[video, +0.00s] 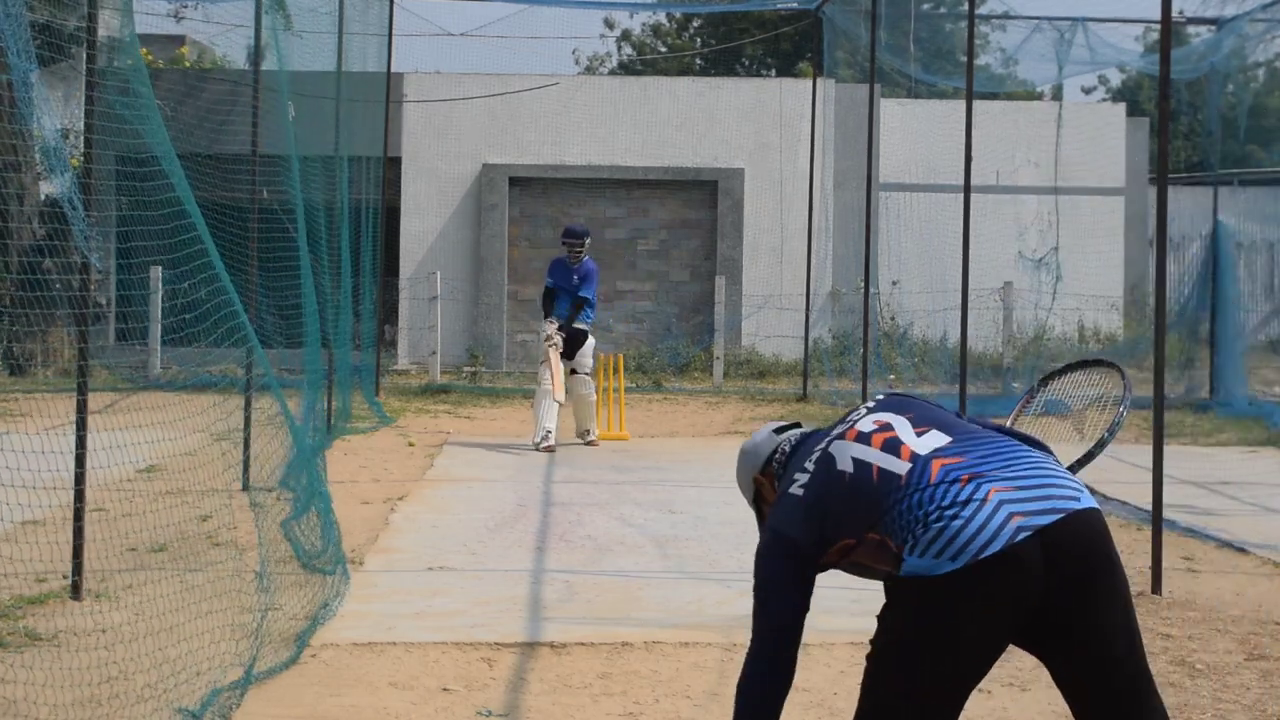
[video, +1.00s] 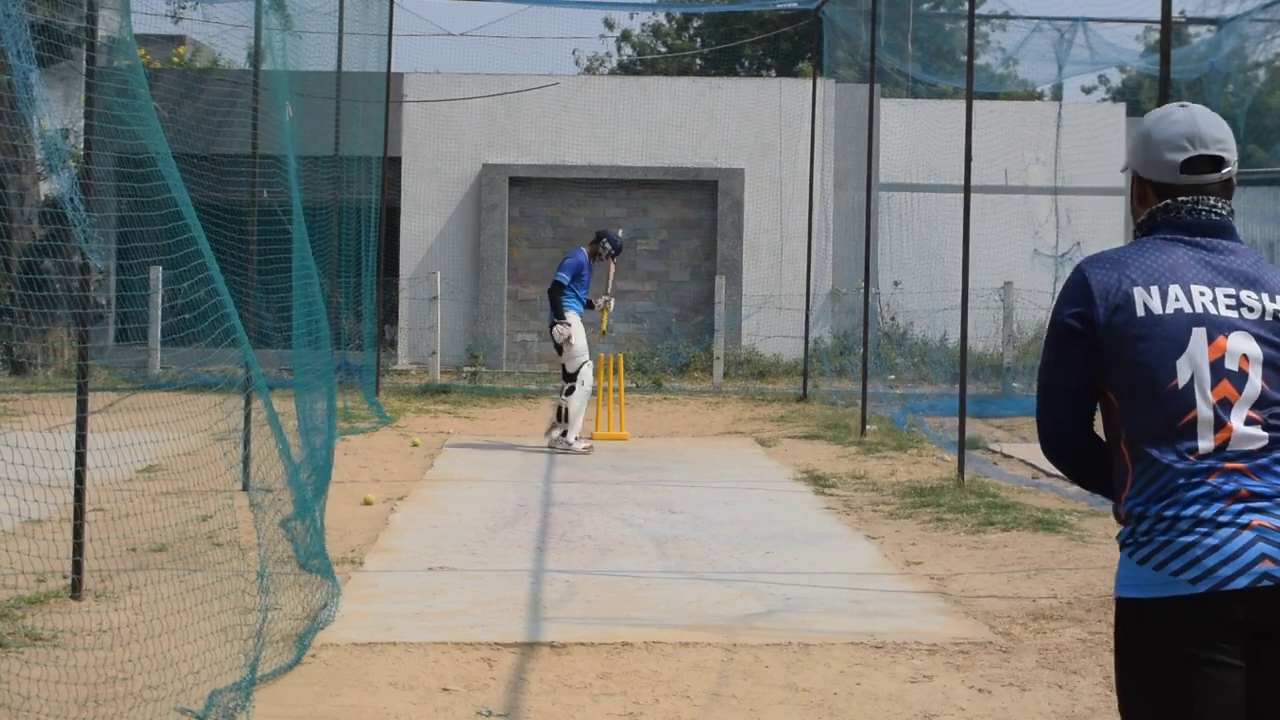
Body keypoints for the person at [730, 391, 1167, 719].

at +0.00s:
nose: (767, 522)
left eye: (760, 507)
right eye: (759, 510)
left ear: (770, 481)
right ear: (803, 442)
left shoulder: (791, 512)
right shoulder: (894, 408)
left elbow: (769, 664)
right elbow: (1031, 448)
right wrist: (902, 564)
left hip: (962, 561)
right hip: (1075, 529)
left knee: (896, 709)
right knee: (1129, 705)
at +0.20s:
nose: (793, 419)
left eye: (790, 406)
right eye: (791, 407)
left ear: (801, 392)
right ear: (856, 352)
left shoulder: (808, 438)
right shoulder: (950, 354)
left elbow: (806, 582)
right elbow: (1068, 436)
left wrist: (832, 670)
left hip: (976, 557)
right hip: (1093, 531)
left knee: (916, 711)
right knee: (1125, 708)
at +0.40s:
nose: (899, 302)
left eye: (899, 290)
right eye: (898, 291)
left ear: (908, 285)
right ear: (979, 266)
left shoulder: (896, 359)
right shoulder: (1063, 310)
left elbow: (908, 506)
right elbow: (1134, 440)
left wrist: (985, 509)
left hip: (1015, 573)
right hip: (1137, 562)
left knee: (956, 711)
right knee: (1140, 710)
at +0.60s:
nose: (1015, 231)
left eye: (1016, 220)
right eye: (1016, 220)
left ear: (1026, 223)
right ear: (1105, 214)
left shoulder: (996, 309)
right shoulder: (1173, 291)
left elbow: (991, 463)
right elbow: (1217, 438)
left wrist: (1071, 493)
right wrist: (1216, 522)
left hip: (1080, 568)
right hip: (1203, 562)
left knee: (1011, 710)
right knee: (1185, 710)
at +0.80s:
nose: (1084, 199)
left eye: (1086, 187)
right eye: (1086, 186)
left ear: (1096, 193)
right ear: (1179, 193)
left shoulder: (1055, 278)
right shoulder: (1237, 283)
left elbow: (1024, 431)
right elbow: (1258, 416)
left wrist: (1100, 484)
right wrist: (1211, 471)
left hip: (1123, 560)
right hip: (1248, 552)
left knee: (1094, 708)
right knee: (1224, 710)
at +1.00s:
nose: (1128, 192)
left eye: (1131, 181)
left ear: (1141, 190)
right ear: (1229, 188)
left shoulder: (1100, 279)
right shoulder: (1273, 279)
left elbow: (1062, 436)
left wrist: (1138, 485)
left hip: (1176, 576)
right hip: (1277, 565)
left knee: (1174, 707)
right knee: (1261, 705)